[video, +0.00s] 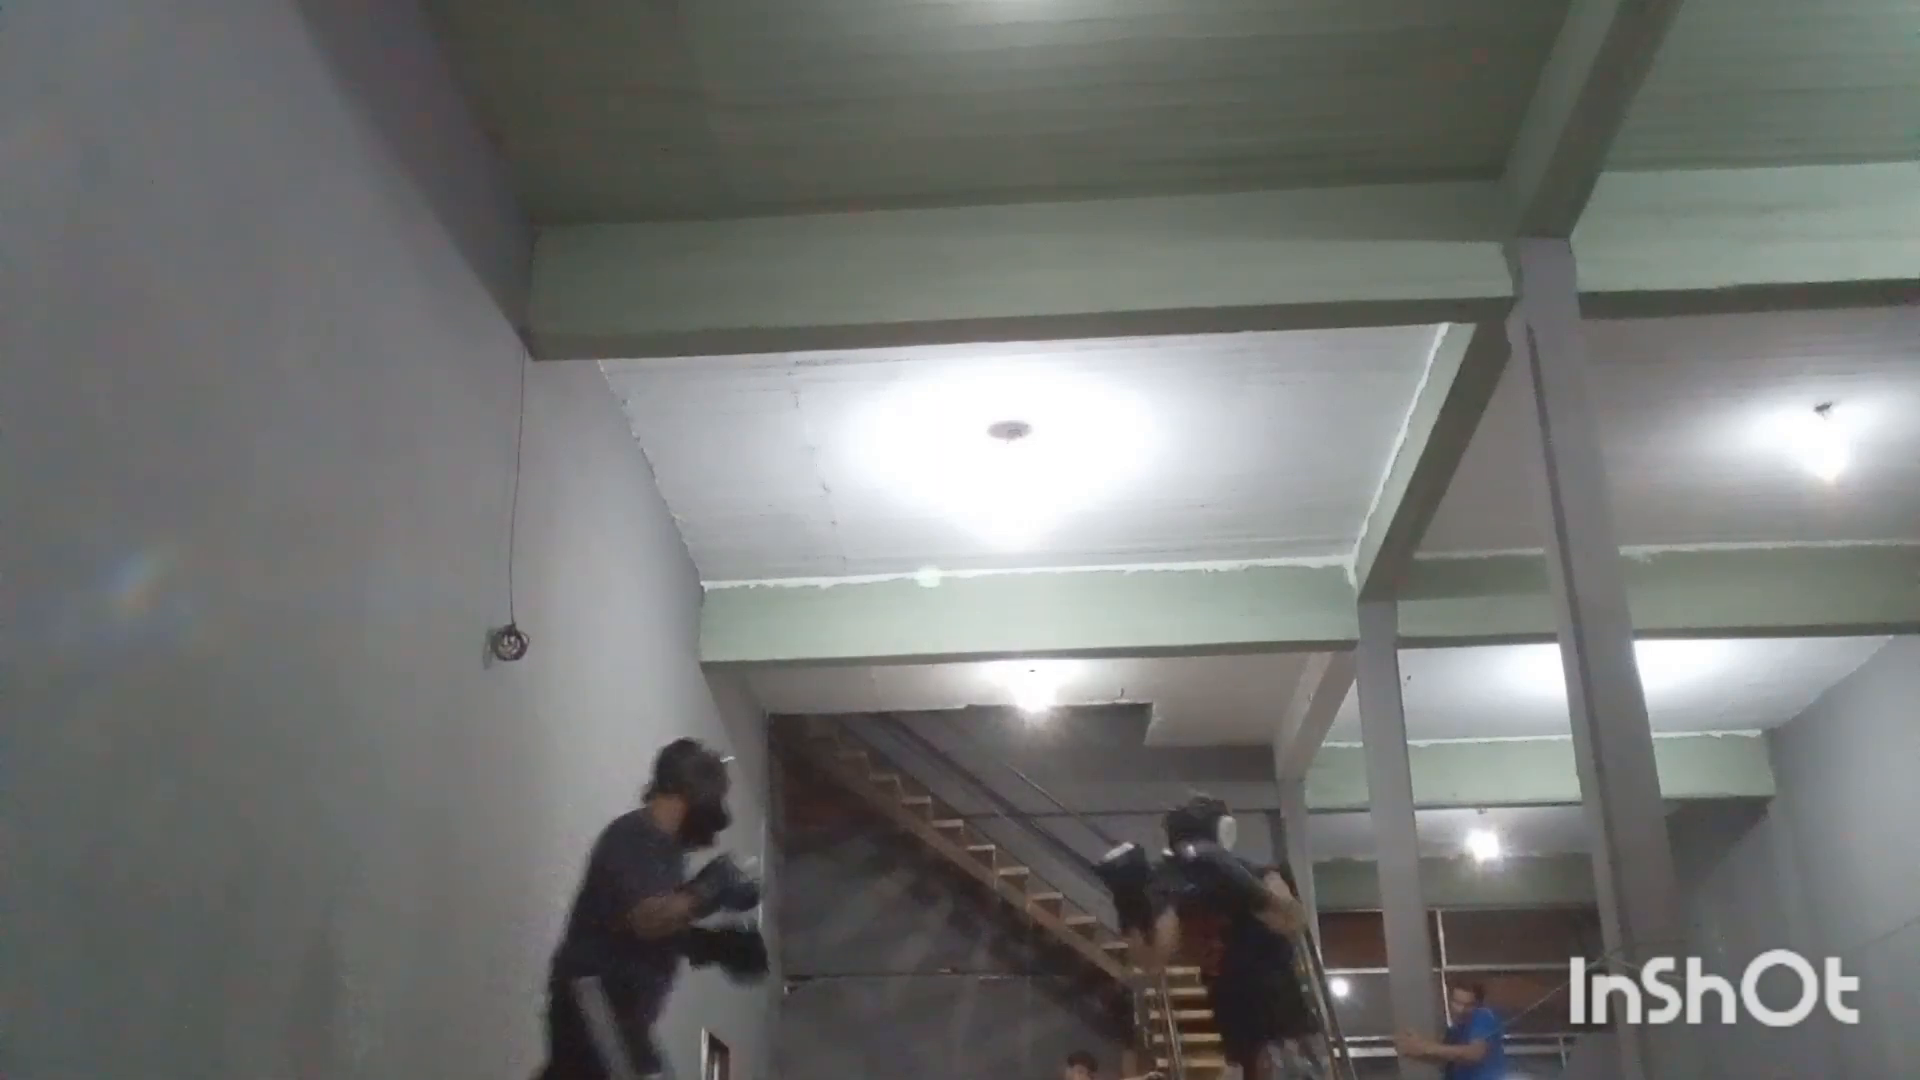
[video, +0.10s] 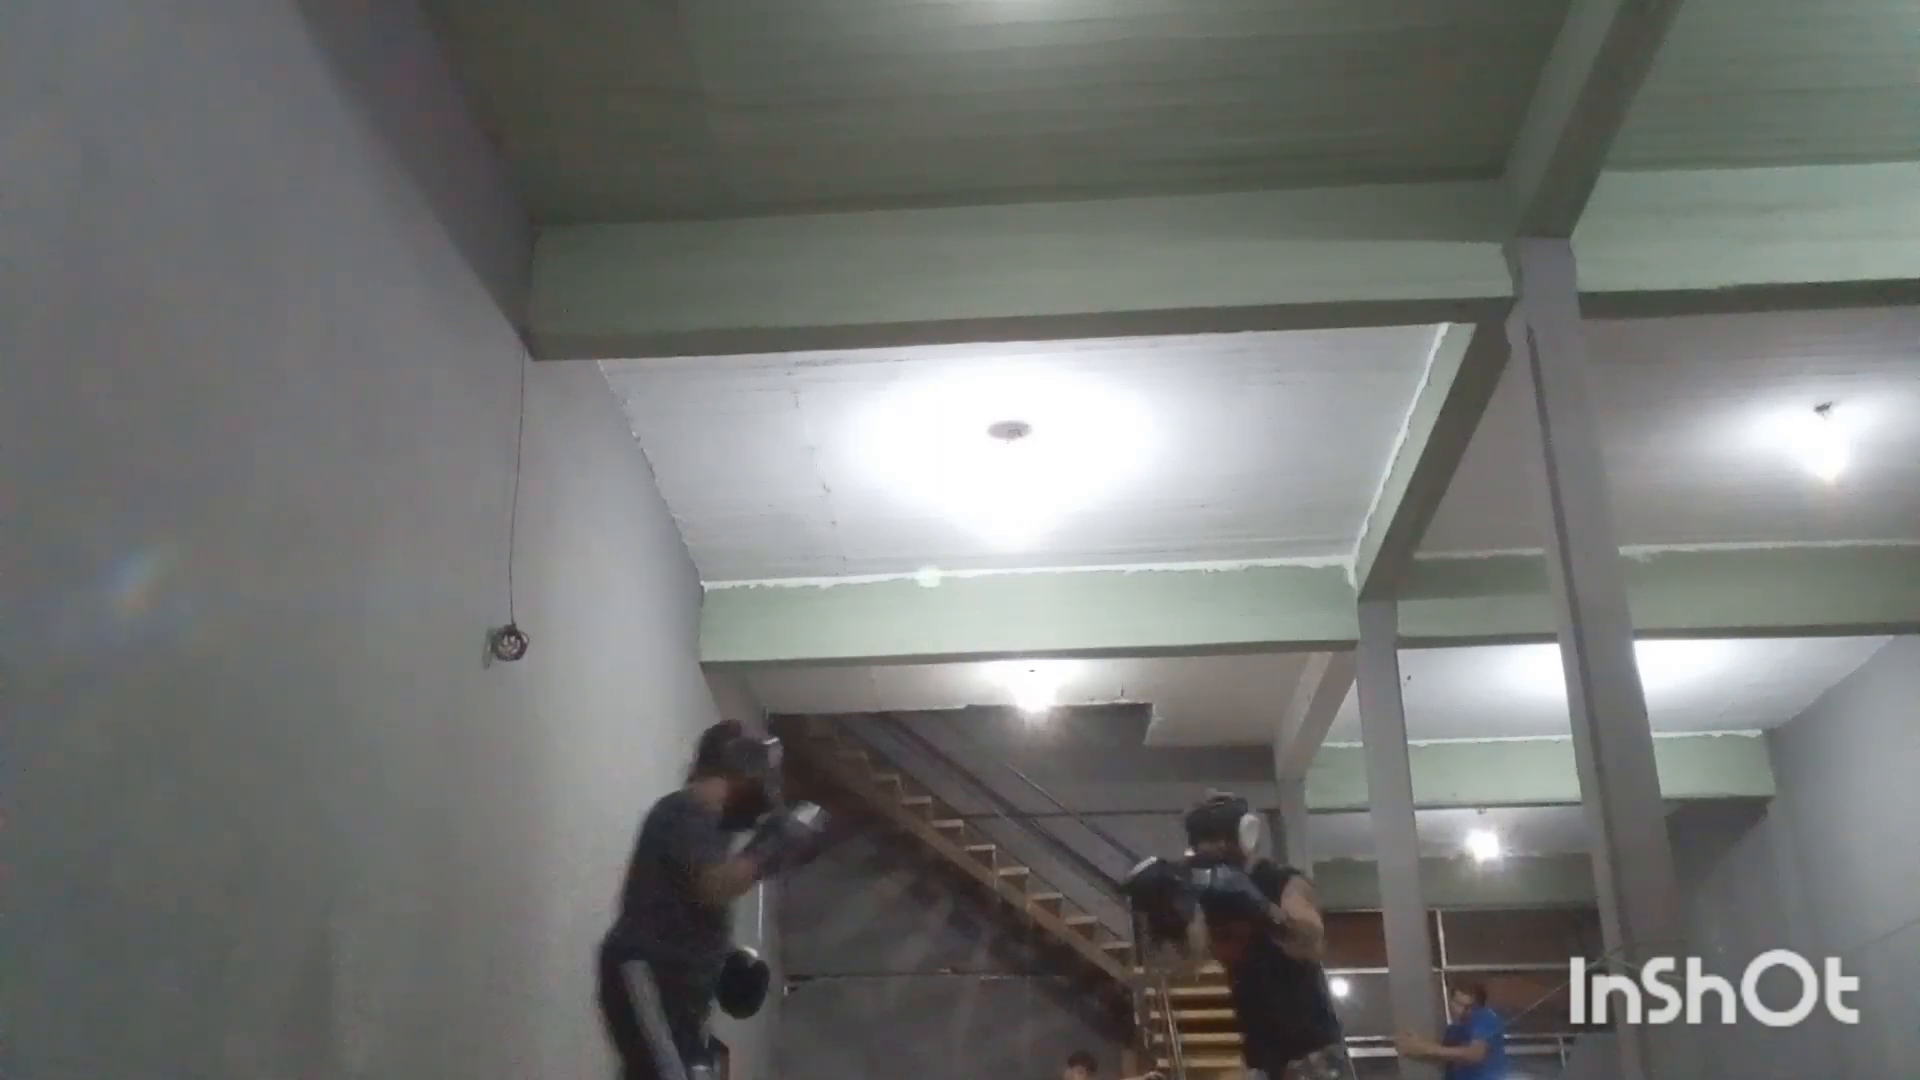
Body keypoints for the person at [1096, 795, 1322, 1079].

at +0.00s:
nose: (1195, 851)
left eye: (1203, 841)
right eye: (1185, 844)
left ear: (1224, 837)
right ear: (1173, 849)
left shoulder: (1259, 875)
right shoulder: (1173, 888)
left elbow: (1291, 922)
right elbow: (1151, 958)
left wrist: (1227, 869)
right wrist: (1127, 893)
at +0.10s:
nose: (1213, 853)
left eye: (1222, 842)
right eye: (1203, 844)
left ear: (1246, 837)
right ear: (1192, 848)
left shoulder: (1284, 882)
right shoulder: (1208, 894)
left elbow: (1311, 944)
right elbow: (1183, 959)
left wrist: (1250, 898)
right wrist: (1158, 902)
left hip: (1313, 1050)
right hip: (1258, 1052)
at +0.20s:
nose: (1225, 845)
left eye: (1236, 834)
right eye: (1219, 835)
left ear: (1265, 828)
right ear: (1212, 836)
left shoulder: (1303, 875)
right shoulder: (1230, 884)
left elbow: (1317, 942)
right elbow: (1213, 961)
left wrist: (1257, 902)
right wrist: (1182, 909)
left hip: (1329, 1032)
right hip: (1283, 1034)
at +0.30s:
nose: (1231, 840)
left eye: (1239, 828)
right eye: (1227, 829)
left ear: (1268, 822)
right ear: (1223, 829)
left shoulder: (1316, 867)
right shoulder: (1248, 881)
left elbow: (1319, 929)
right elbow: (1219, 953)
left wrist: (1266, 884)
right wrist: (1192, 903)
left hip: (1338, 1021)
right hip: (1293, 1024)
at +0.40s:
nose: (1233, 840)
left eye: (1243, 826)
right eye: (1231, 831)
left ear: (1279, 817)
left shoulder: (1330, 858)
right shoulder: (1253, 874)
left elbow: (1314, 905)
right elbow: (1218, 931)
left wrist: (1271, 850)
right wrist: (1194, 874)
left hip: (1353, 1013)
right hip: (1306, 1019)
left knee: (1357, 1072)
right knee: (1322, 1075)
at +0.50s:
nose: (1258, 818)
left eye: (1268, 805)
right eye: (1249, 807)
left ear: (1301, 803)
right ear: (1242, 813)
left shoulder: (1342, 854)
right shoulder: (1263, 869)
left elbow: (1330, 903)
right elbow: (1217, 919)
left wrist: (1288, 846)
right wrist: (1208, 852)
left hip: (1365, 1017)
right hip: (1315, 1022)